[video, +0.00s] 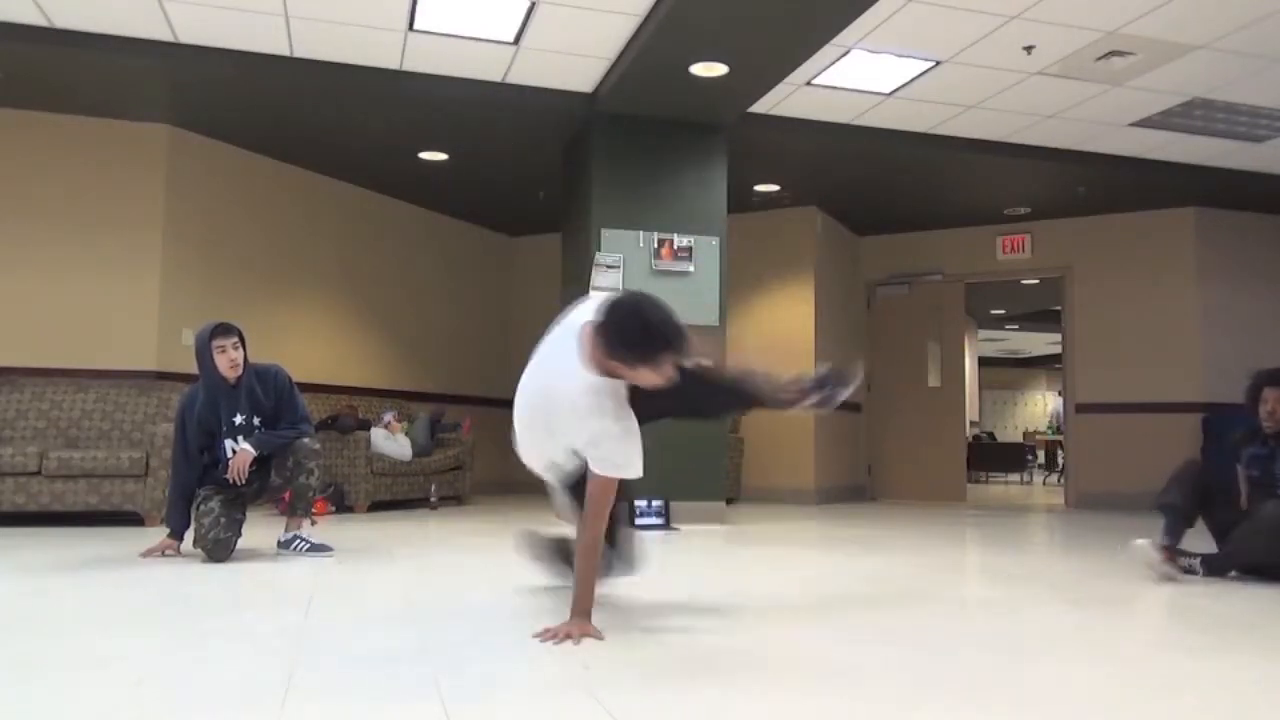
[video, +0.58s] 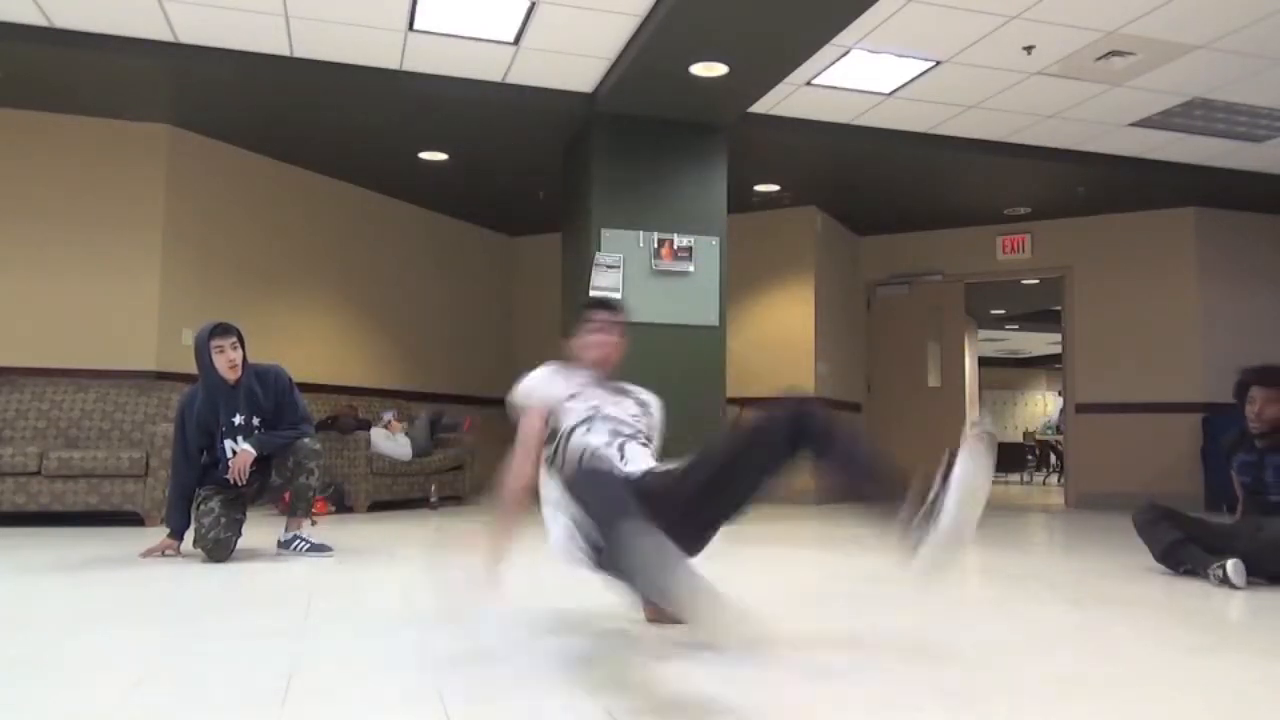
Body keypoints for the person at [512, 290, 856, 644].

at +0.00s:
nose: (673, 374)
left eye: (673, 361)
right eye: (660, 369)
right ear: (625, 368)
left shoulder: (603, 306)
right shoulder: (606, 423)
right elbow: (593, 525)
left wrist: (699, 364)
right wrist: (580, 617)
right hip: (561, 456)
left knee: (692, 388)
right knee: (619, 556)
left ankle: (793, 392)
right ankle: (551, 551)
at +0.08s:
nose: (684, 404)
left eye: (693, 388)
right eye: (671, 391)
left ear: (703, 370)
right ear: (645, 378)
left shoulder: (702, 369)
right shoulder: (605, 397)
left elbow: (697, 460)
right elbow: (595, 516)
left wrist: (713, 553)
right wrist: (579, 617)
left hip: (609, 417)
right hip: (540, 420)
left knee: (695, 474)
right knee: (489, 551)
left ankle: (715, 570)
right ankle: (412, 529)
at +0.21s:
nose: (700, 416)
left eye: (712, 406)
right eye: (692, 401)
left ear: (730, 402)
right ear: (676, 388)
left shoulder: (729, 426)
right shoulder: (639, 401)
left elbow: (679, 511)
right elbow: (603, 514)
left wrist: (657, 605)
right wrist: (580, 616)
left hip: (599, 438)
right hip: (556, 400)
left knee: (579, 555)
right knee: (448, 477)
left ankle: (516, 515)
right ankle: (311, 507)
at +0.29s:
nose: (735, 385)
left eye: (751, 377)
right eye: (731, 368)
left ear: (761, 382)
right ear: (710, 357)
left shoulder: (738, 425)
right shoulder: (662, 393)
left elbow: (682, 510)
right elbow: (615, 505)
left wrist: (654, 605)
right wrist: (587, 606)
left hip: (582, 487)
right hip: (564, 429)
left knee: (517, 596)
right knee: (491, 411)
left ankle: (404, 586)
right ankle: (345, 411)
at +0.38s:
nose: (728, 357)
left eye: (743, 352)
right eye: (724, 341)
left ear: (753, 362)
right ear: (706, 334)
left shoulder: (731, 421)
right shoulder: (671, 368)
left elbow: (680, 508)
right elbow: (597, 446)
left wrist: (654, 606)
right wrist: (605, 553)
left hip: (585, 515)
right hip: (561, 457)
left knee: (569, 611)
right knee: (517, 389)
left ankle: (419, 624)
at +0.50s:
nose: (663, 341)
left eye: (675, 334)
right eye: (655, 329)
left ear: (685, 346)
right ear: (636, 333)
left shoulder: (684, 412)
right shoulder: (605, 354)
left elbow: (664, 511)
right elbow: (552, 390)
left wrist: (654, 608)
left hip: (635, 536)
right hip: (578, 508)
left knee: (757, 542)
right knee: (552, 402)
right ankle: (519, 411)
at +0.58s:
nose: (606, 339)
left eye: (613, 331)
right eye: (596, 330)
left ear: (624, 343)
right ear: (573, 339)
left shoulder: (644, 403)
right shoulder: (549, 383)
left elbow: (653, 491)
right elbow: (521, 472)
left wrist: (655, 604)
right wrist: (495, 560)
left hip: (668, 517)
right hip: (607, 520)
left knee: (797, 420)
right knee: (590, 481)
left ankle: (910, 511)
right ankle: (704, 610)